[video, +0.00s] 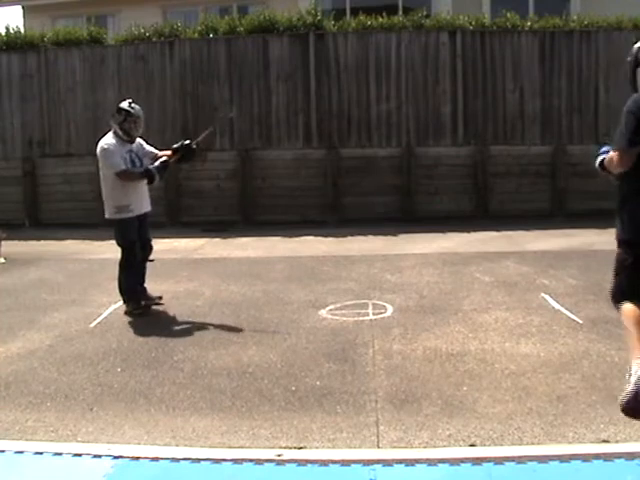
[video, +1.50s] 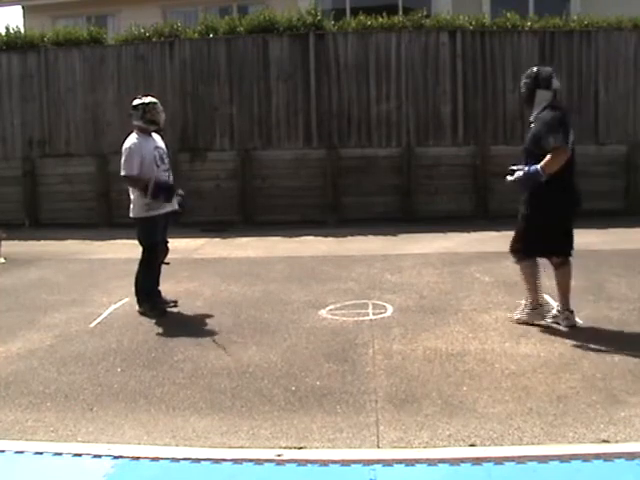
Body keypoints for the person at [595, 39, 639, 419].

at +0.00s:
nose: (633, 73)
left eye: (633, 66)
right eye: (635, 66)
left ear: (634, 69)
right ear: (638, 70)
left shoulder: (637, 104)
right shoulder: (635, 105)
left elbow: (622, 158)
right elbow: (622, 158)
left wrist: (606, 158)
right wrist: (611, 157)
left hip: (634, 226)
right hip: (633, 226)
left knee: (627, 295)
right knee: (627, 296)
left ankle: (637, 368)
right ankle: (635, 370)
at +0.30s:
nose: (626, 71)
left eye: (627, 65)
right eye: (628, 65)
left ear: (632, 67)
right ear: (635, 69)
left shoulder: (631, 101)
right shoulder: (630, 102)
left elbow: (609, 153)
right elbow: (610, 151)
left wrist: (596, 149)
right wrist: (604, 150)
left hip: (629, 210)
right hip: (629, 209)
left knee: (615, 268)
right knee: (616, 268)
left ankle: (621, 342)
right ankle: (621, 342)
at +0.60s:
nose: (589, 92)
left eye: (590, 87)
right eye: (589, 87)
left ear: (596, 86)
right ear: (619, 82)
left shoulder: (595, 118)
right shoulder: (636, 111)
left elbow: (573, 165)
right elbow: (622, 155)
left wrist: (569, 165)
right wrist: (583, 168)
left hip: (605, 211)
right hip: (635, 208)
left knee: (597, 270)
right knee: (633, 274)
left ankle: (598, 331)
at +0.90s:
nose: (568, 88)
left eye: (569, 83)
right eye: (569, 82)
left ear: (576, 83)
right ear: (598, 80)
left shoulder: (576, 114)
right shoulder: (615, 109)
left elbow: (549, 152)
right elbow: (597, 146)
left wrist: (543, 151)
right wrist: (558, 151)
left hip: (584, 202)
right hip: (611, 199)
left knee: (584, 264)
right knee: (598, 259)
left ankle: (595, 330)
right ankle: (606, 321)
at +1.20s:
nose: (546, 96)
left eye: (549, 91)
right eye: (547, 91)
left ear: (557, 93)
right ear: (575, 92)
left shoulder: (567, 121)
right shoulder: (582, 119)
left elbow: (546, 157)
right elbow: (575, 163)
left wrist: (531, 146)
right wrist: (544, 177)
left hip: (566, 205)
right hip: (580, 202)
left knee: (554, 261)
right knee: (563, 257)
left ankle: (588, 313)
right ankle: (564, 309)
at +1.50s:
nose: (522, 94)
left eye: (526, 89)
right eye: (524, 89)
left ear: (536, 91)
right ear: (548, 90)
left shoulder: (552, 118)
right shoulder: (545, 117)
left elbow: (560, 153)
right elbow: (547, 155)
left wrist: (533, 172)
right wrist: (527, 169)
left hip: (545, 199)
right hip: (555, 197)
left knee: (522, 249)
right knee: (559, 253)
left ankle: (534, 303)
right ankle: (564, 309)